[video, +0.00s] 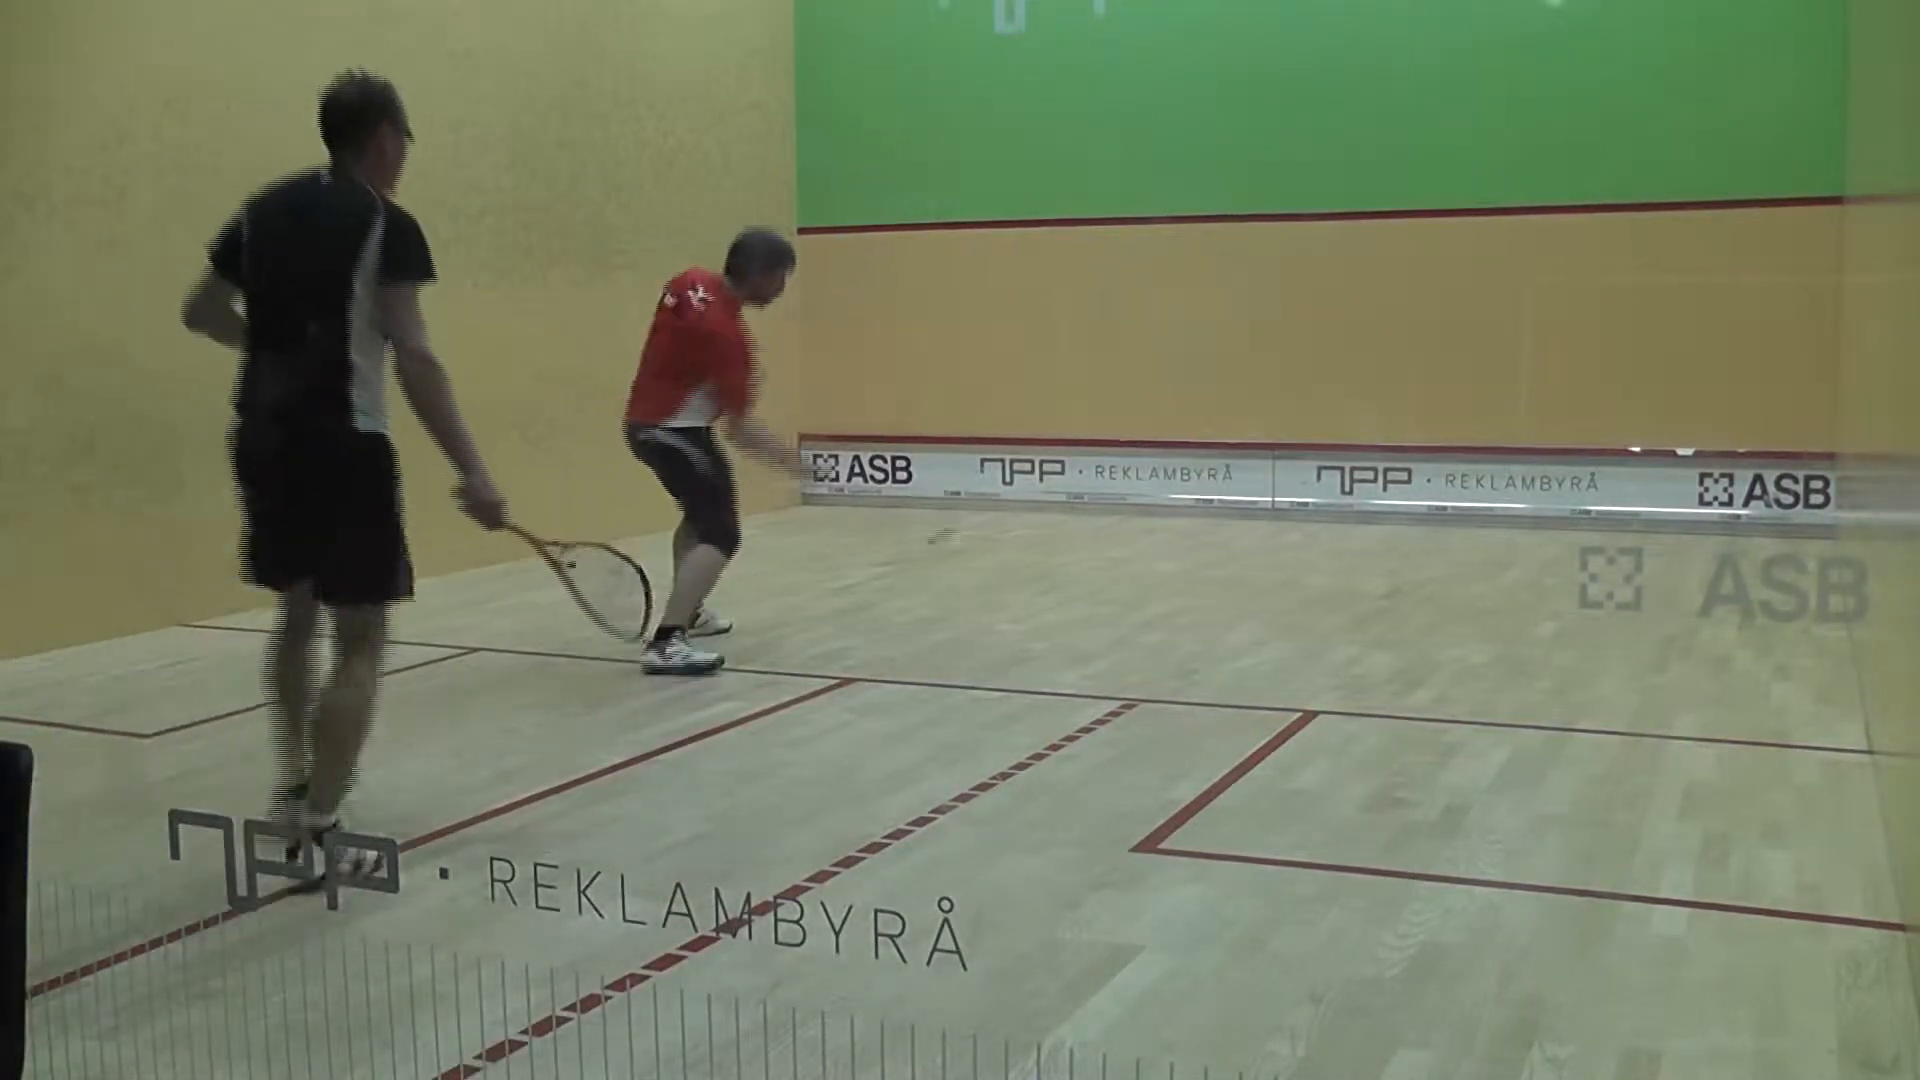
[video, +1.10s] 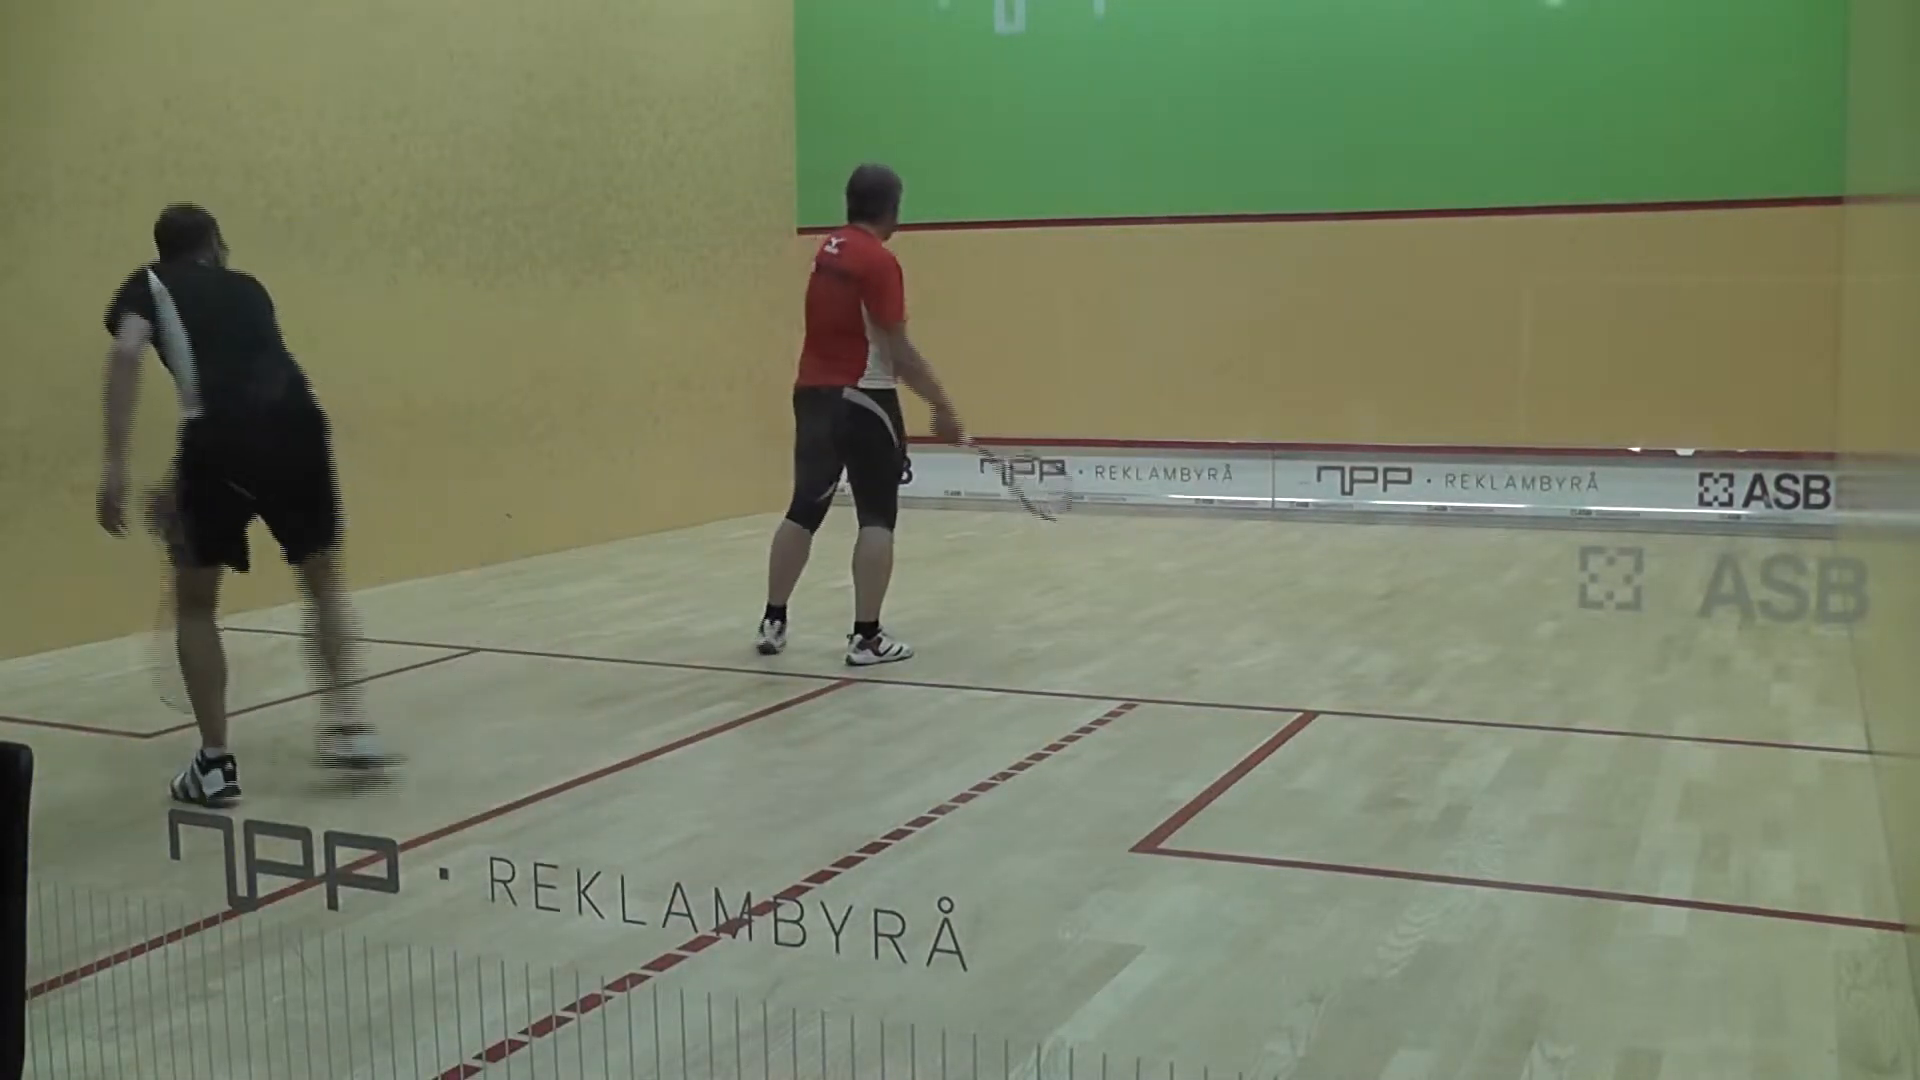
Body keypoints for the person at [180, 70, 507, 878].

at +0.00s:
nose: (407, 155)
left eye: (405, 140)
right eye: (404, 140)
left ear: (332, 140)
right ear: (383, 140)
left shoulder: (268, 210)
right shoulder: (387, 225)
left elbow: (203, 309)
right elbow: (414, 357)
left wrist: (275, 345)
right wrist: (472, 472)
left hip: (265, 448)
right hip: (350, 452)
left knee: (296, 614)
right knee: (359, 639)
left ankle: (300, 781)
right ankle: (318, 819)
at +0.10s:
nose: (414, 177)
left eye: (413, 162)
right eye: (410, 162)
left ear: (343, 162)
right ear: (390, 164)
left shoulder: (281, 230)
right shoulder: (397, 245)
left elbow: (223, 330)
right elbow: (432, 371)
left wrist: (291, 362)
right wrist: (496, 472)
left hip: (288, 458)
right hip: (368, 455)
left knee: (334, 609)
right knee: (423, 626)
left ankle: (346, 768)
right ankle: (355, 780)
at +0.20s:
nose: (430, 200)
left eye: (428, 186)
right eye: (424, 186)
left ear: (364, 190)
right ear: (400, 190)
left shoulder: (307, 256)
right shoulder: (412, 268)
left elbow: (256, 361)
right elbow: (450, 384)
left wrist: (324, 395)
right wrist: (517, 472)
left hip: (318, 467)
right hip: (394, 467)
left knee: (374, 596)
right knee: (498, 587)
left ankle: (359, 761)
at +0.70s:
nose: (398, 254)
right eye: (401, 244)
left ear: (346, 249)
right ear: (401, 249)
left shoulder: (313, 310)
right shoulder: (437, 319)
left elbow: (272, 407)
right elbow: (465, 433)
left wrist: (318, 453)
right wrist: (419, 452)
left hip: (338, 497)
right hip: (425, 494)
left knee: (279, 607)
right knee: (518, 599)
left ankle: (268, 750)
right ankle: (563, 747)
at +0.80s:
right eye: (314, 267)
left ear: (267, 272)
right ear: (320, 271)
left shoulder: (250, 321)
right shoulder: (351, 323)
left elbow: (227, 402)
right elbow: (372, 408)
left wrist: (244, 484)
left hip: (292, 491)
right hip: (376, 484)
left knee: (232, 612)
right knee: (467, 609)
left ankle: (220, 766)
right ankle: (552, 746)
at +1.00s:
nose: (228, 268)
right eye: (225, 259)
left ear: (169, 267)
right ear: (221, 259)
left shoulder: (162, 301)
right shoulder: (256, 298)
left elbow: (144, 371)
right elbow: (285, 379)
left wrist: (141, 484)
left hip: (237, 459)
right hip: (316, 449)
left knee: (205, 610)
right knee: (366, 594)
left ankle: (217, 764)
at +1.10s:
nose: (226, 254)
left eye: (220, 248)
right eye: (223, 246)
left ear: (162, 251)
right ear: (216, 246)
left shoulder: (149, 283)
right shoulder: (246, 286)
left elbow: (127, 354)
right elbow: (242, 396)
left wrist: (115, 470)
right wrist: (182, 483)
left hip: (217, 445)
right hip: (295, 436)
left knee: (196, 606)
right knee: (325, 580)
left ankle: (215, 759)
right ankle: (347, 726)